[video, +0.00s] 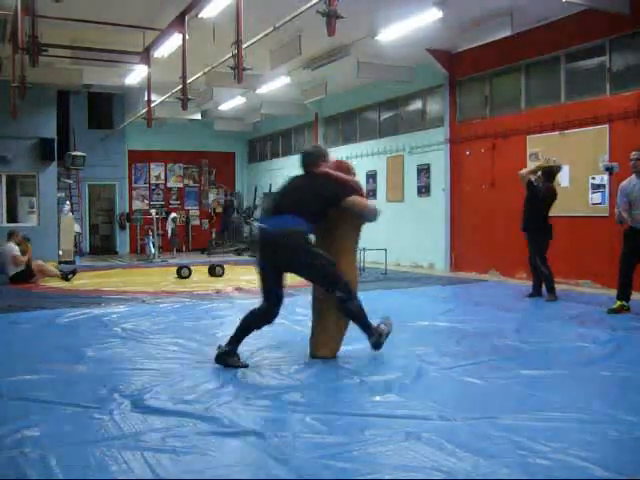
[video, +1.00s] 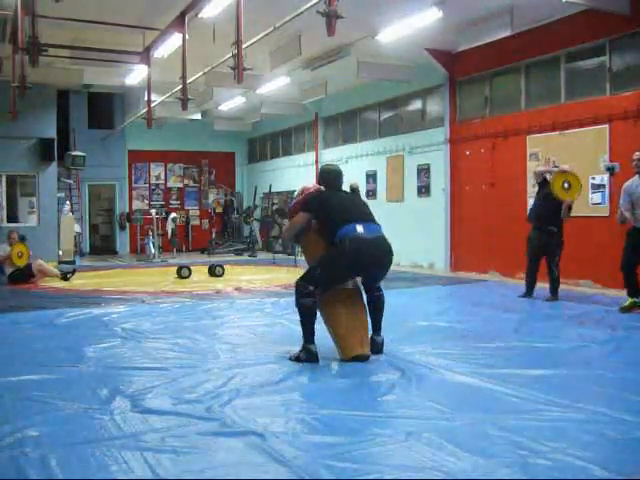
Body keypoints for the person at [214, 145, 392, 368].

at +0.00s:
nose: (329, 164)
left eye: (327, 162)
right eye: (328, 162)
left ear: (305, 164)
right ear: (324, 163)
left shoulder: (293, 182)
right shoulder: (331, 182)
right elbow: (369, 211)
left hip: (267, 246)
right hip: (294, 246)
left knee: (269, 308)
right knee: (339, 287)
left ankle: (228, 350)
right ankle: (372, 334)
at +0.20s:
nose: (363, 174)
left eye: (362, 171)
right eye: (362, 171)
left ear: (340, 170)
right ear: (359, 172)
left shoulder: (322, 188)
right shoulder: (363, 190)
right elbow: (390, 199)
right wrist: (371, 183)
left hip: (308, 249)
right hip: (340, 251)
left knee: (289, 293)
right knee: (373, 286)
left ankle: (270, 338)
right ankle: (382, 343)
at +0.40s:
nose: (372, 162)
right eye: (373, 158)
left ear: (352, 157)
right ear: (373, 159)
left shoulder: (335, 172)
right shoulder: (381, 177)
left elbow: (313, 205)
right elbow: (399, 218)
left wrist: (332, 220)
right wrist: (378, 224)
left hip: (327, 234)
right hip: (361, 236)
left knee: (302, 286)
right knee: (382, 284)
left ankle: (297, 345)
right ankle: (382, 343)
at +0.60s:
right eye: (361, 156)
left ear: (342, 155)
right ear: (364, 157)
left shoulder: (328, 170)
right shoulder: (373, 175)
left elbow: (300, 202)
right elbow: (386, 211)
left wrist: (323, 215)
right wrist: (366, 218)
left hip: (336, 235)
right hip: (369, 235)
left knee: (308, 284)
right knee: (384, 282)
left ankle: (311, 346)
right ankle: (381, 342)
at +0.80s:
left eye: (329, 176)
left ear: (328, 177)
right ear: (349, 178)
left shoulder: (322, 194)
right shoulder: (361, 195)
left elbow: (295, 225)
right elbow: (369, 224)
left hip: (343, 253)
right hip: (376, 252)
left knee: (302, 291)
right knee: (374, 289)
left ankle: (310, 350)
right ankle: (377, 340)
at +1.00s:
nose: (317, 185)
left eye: (317, 182)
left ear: (320, 183)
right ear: (341, 182)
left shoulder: (316, 198)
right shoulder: (354, 197)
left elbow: (291, 231)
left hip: (350, 251)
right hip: (381, 249)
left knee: (305, 286)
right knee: (373, 285)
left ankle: (309, 348)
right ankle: (377, 338)